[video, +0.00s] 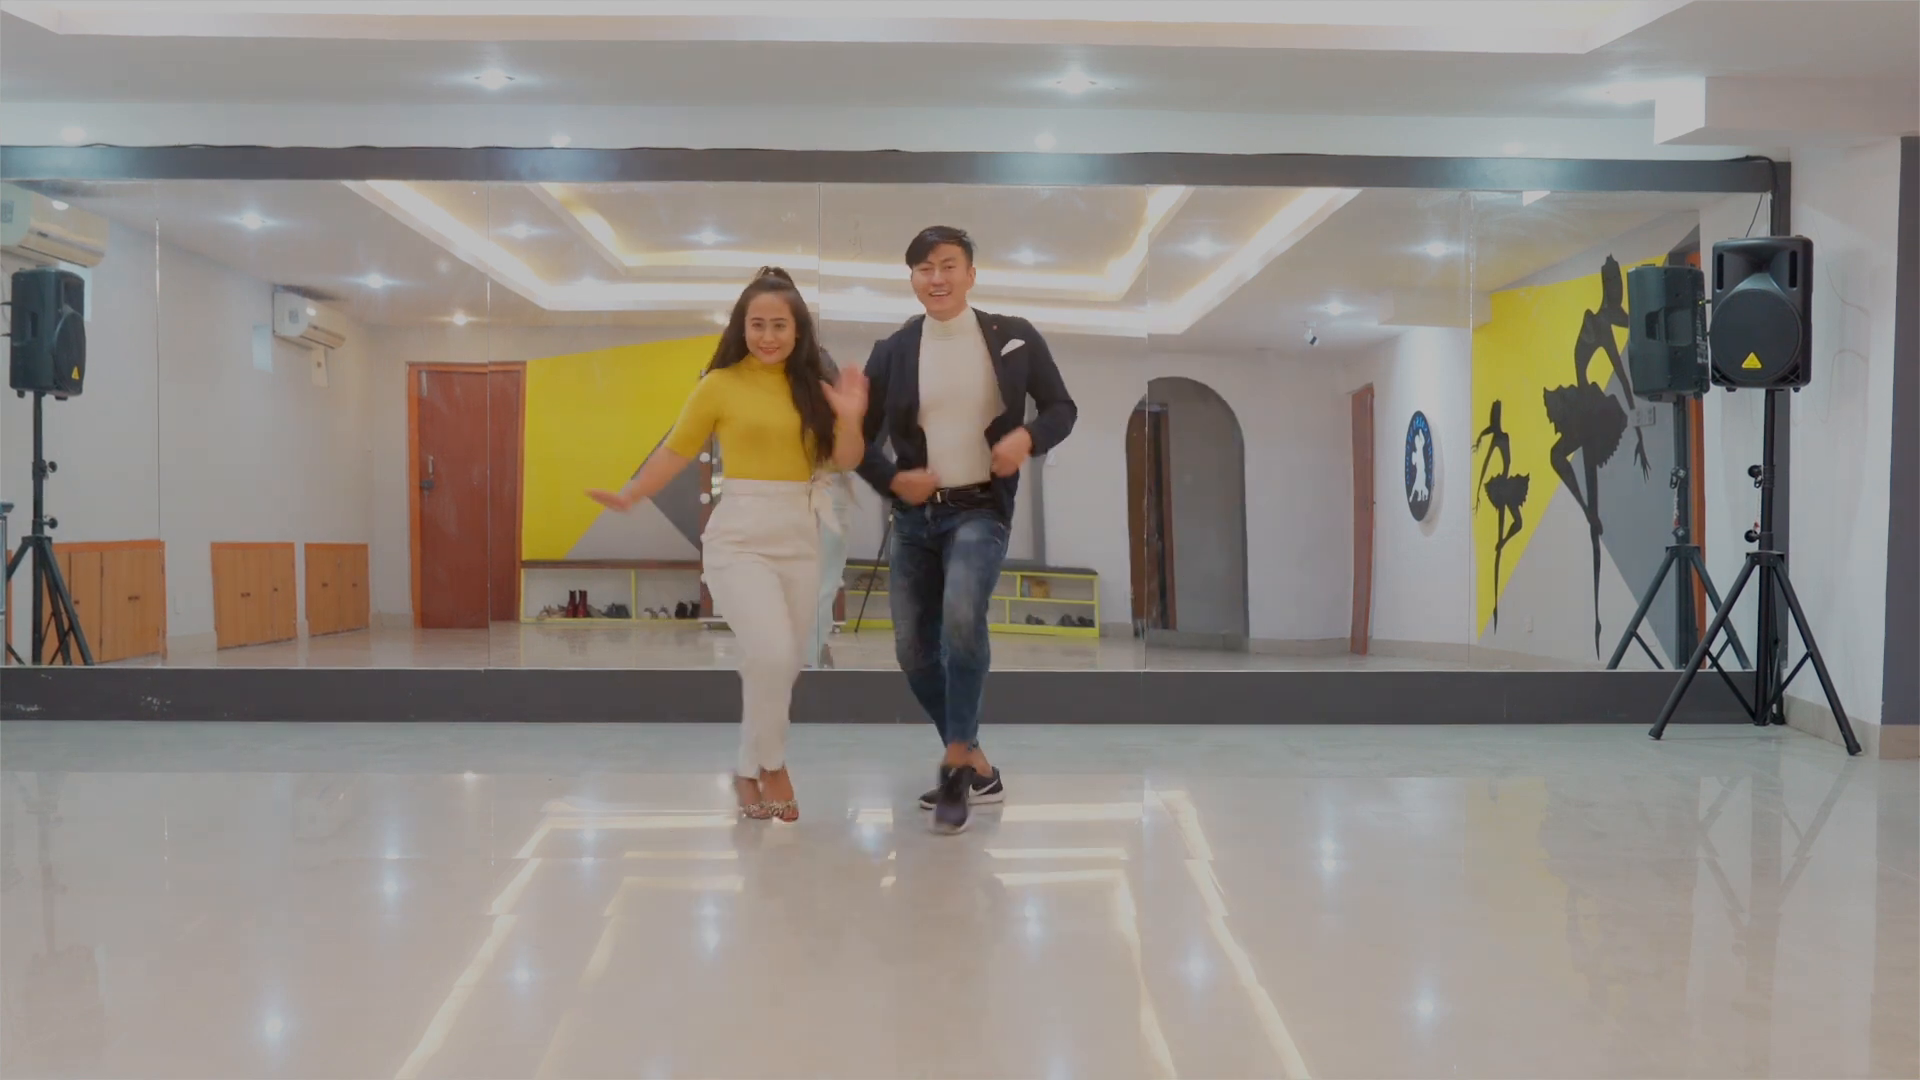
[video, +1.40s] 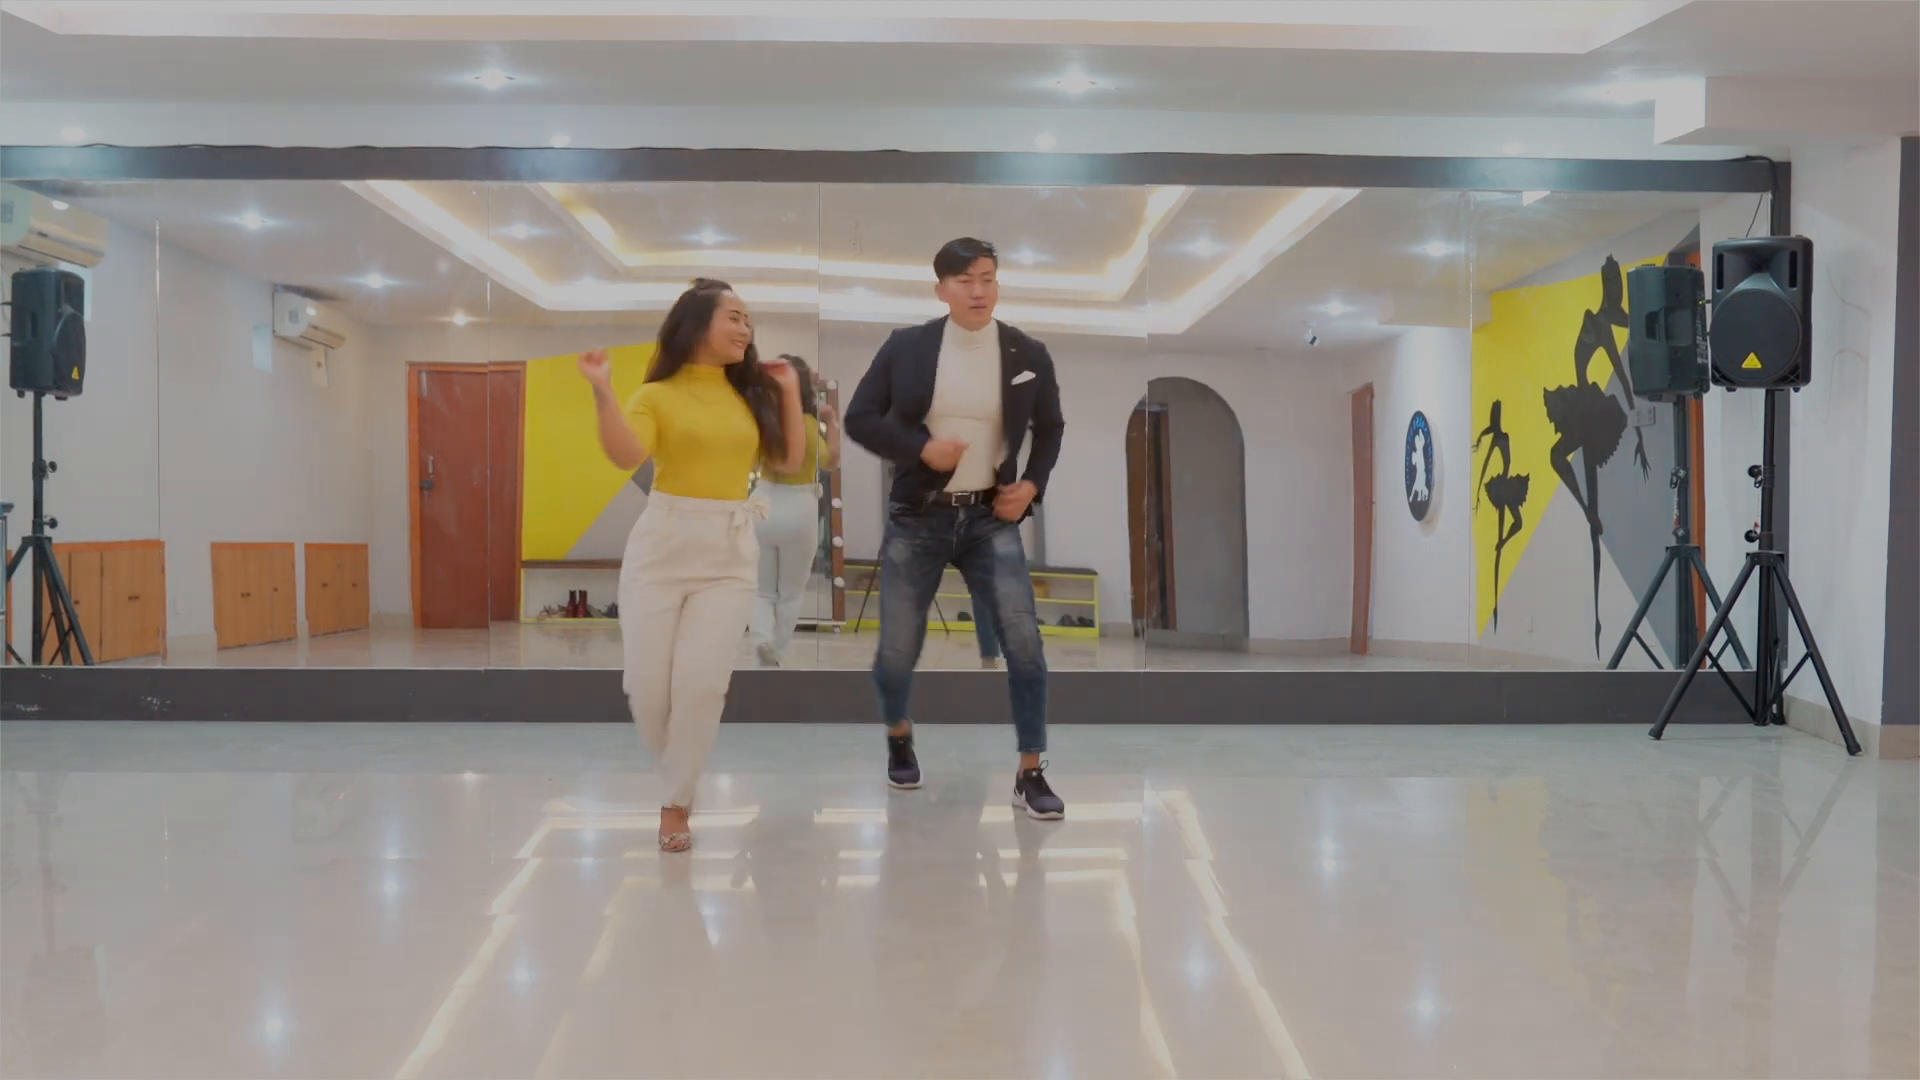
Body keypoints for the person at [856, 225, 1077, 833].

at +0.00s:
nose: (938, 277)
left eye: (949, 266)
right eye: (927, 268)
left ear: (971, 273)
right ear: (912, 278)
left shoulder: (1013, 336)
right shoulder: (890, 352)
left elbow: (1061, 409)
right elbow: (859, 438)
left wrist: (1028, 438)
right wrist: (892, 478)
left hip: (978, 509)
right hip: (912, 514)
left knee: (962, 622)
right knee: (914, 649)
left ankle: (956, 769)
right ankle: (974, 763)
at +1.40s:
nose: (981, 290)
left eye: (989, 279)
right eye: (968, 280)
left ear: (1000, 285)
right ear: (943, 287)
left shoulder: (1027, 354)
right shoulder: (906, 347)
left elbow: (1050, 428)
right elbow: (860, 418)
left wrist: (1031, 484)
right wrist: (919, 446)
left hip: (993, 518)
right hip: (917, 518)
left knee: (1024, 641)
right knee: (896, 651)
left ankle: (1031, 769)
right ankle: (899, 735)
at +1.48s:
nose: (991, 292)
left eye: (998, 281)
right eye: (977, 281)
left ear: (1008, 285)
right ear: (951, 288)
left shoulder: (1030, 354)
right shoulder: (915, 336)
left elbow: (1042, 430)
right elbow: (873, 409)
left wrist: (1035, 473)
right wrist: (934, 433)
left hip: (992, 520)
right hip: (917, 515)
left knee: (1025, 644)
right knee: (872, 643)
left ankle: (1032, 769)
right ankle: (864, 727)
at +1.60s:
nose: (995, 298)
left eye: (1002, 287)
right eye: (981, 286)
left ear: (1009, 292)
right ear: (952, 292)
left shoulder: (1015, 372)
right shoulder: (932, 356)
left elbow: (1008, 454)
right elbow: (875, 427)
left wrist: (1032, 473)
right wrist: (936, 482)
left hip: (988, 531)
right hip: (915, 531)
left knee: (1039, 641)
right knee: (851, 650)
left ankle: (1031, 772)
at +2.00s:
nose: (911, 311)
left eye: (926, 301)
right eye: (906, 300)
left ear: (957, 310)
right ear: (898, 309)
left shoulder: (976, 375)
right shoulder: (897, 379)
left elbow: (1033, 443)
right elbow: (874, 437)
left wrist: (982, 503)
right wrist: (873, 473)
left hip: (967, 549)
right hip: (899, 545)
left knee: (1010, 667)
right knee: (802, 627)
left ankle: (1059, 763)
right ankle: (806, 770)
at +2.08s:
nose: (886, 311)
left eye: (901, 300)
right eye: (885, 300)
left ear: (936, 310)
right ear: (886, 306)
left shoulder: (952, 368)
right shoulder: (893, 375)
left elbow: (982, 427)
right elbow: (881, 448)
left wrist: (925, 485)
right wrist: (862, 485)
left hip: (949, 551)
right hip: (887, 549)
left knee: (1000, 666)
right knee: (793, 631)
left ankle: (1063, 760)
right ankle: (813, 772)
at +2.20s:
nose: (856, 302)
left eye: (871, 294)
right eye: (855, 291)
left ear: (906, 303)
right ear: (855, 296)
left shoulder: (918, 353)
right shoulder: (866, 363)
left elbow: (932, 412)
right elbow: (864, 439)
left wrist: (856, 443)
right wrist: (830, 488)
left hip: (917, 541)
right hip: (860, 537)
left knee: (958, 667)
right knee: (782, 636)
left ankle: (1055, 738)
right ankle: (811, 774)